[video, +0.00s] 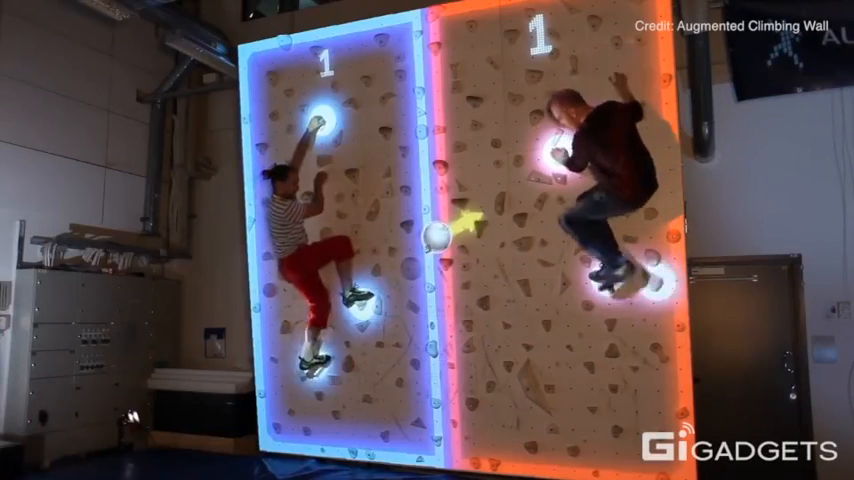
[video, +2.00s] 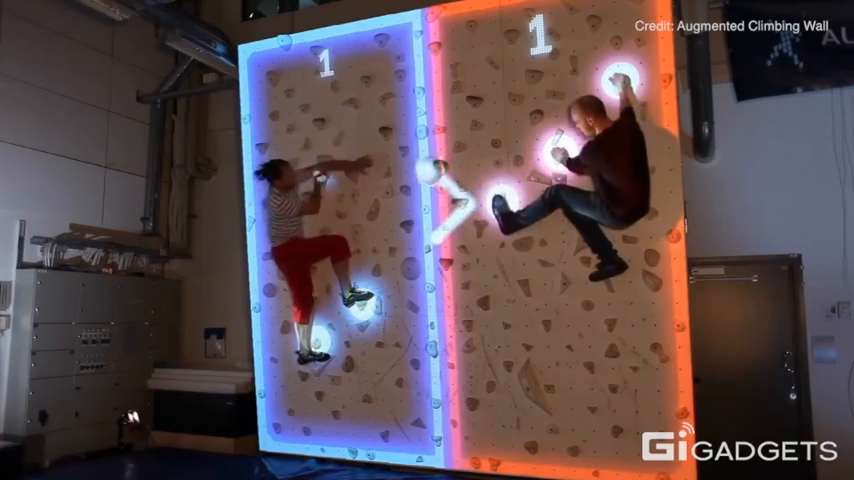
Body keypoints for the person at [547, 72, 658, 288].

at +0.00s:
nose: (562, 124)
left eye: (560, 118)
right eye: (559, 120)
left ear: (571, 111)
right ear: (581, 103)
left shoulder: (583, 137)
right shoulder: (612, 109)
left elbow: (577, 166)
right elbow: (638, 112)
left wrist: (564, 159)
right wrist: (624, 90)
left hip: (628, 195)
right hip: (648, 180)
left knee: (569, 219)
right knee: (584, 202)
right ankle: (613, 259)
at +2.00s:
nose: (578, 128)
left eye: (578, 123)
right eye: (575, 124)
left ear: (590, 120)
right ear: (602, 113)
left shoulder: (594, 150)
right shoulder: (628, 125)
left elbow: (579, 168)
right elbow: (626, 107)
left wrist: (564, 159)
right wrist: (625, 88)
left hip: (619, 215)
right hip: (641, 208)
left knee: (557, 193)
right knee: (573, 208)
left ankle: (512, 222)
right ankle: (609, 260)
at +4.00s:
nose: (561, 112)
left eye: (560, 107)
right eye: (558, 108)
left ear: (569, 100)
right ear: (579, 93)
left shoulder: (583, 126)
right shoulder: (612, 97)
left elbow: (559, 136)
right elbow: (642, 110)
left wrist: (544, 120)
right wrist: (626, 90)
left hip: (631, 184)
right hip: (650, 169)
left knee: (576, 214)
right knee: (591, 198)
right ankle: (616, 260)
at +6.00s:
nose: (542, 120)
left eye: (542, 116)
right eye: (541, 116)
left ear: (550, 112)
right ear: (562, 106)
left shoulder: (555, 139)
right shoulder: (589, 117)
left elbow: (542, 151)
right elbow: (621, 121)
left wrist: (537, 128)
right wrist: (623, 91)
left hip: (592, 207)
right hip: (616, 196)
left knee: (559, 249)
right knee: (567, 212)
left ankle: (586, 309)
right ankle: (610, 260)